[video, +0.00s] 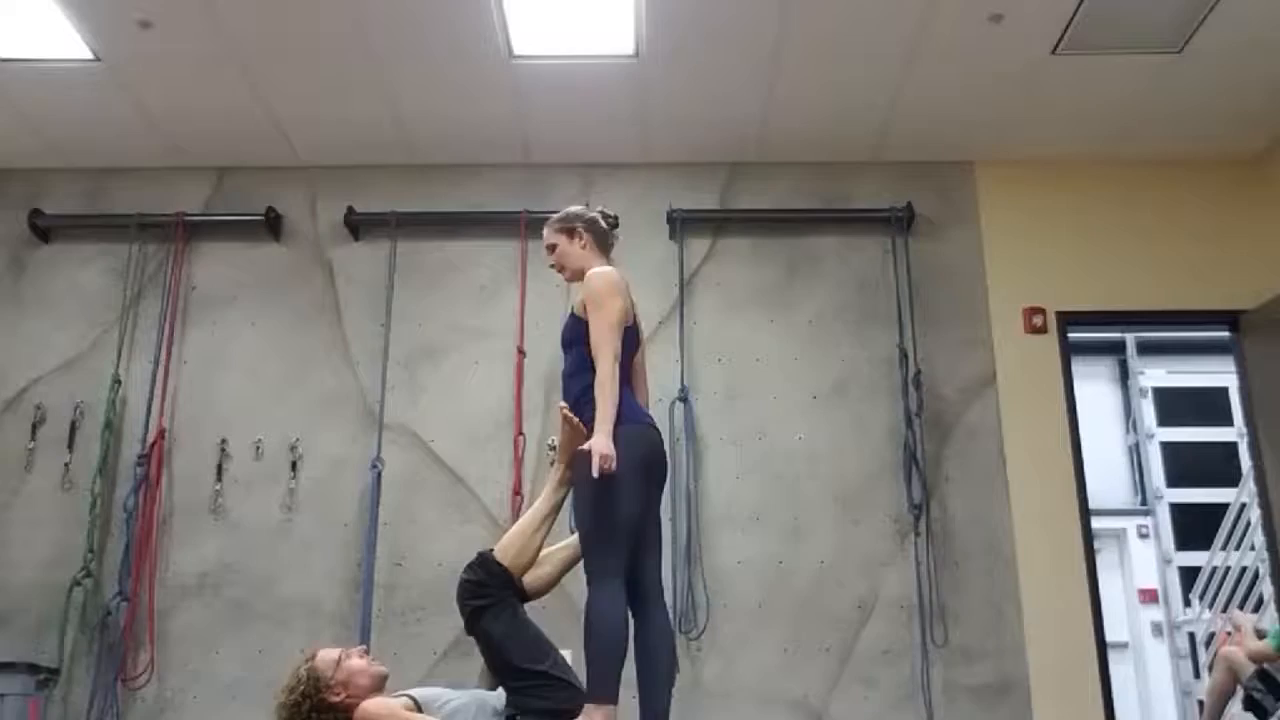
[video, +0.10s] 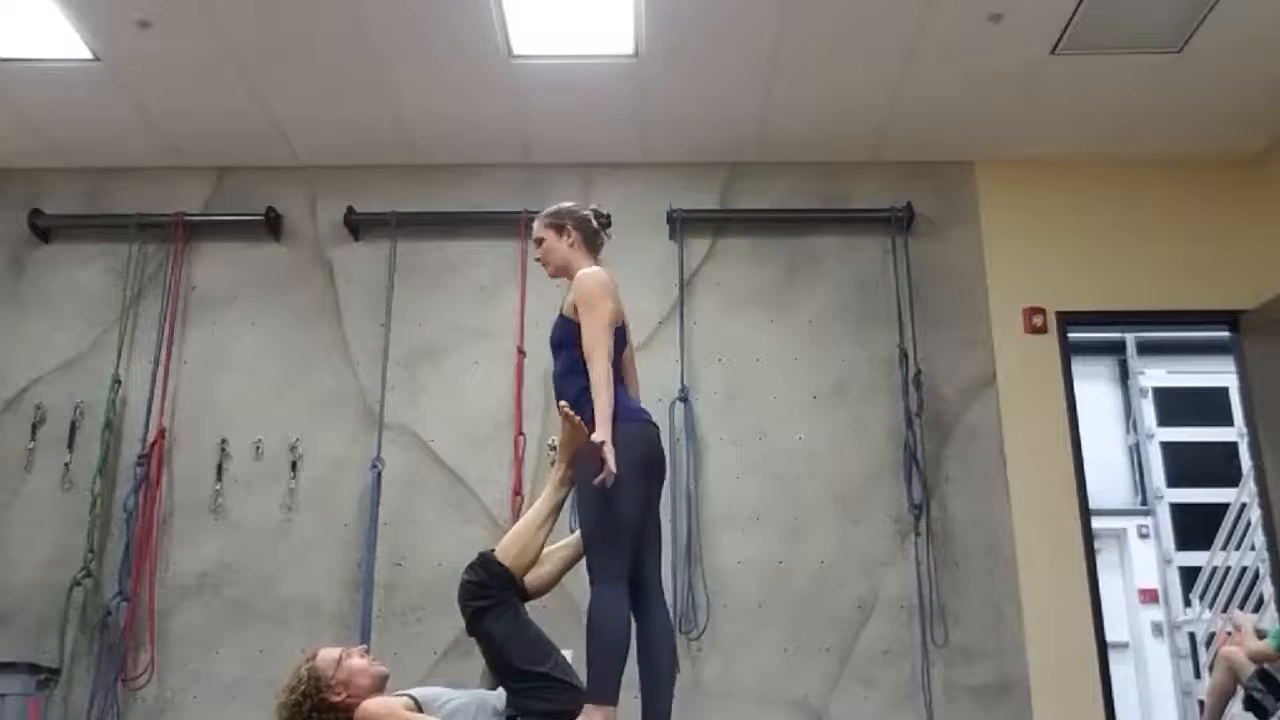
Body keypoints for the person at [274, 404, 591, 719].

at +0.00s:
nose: (359, 648)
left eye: (348, 648)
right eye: (345, 657)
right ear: (339, 695)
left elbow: (484, 699)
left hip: (537, 704)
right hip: (540, 707)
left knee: (494, 595)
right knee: (478, 587)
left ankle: (596, 533)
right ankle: (561, 474)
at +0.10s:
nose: (360, 648)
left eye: (349, 648)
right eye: (346, 657)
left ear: (346, 695)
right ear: (340, 695)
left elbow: (485, 701)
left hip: (537, 705)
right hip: (540, 707)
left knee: (494, 594)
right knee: (480, 586)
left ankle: (597, 529)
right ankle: (562, 472)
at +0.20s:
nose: (357, 652)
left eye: (345, 653)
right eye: (342, 662)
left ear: (343, 698)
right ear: (337, 700)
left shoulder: (388, 705)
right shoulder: (372, 712)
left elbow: (478, 703)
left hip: (538, 705)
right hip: (542, 708)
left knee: (488, 595)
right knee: (472, 592)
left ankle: (588, 532)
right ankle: (552, 476)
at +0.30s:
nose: (356, 653)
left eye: (344, 654)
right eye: (341, 663)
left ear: (341, 699)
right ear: (335, 701)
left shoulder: (384, 705)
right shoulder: (372, 713)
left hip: (548, 706)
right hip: (549, 710)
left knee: (482, 596)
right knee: (471, 596)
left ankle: (577, 533)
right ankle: (547, 477)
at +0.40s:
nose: (350, 655)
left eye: (339, 656)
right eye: (336, 666)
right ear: (333, 703)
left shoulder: (387, 704)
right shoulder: (374, 715)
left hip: (545, 703)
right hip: (541, 707)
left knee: (491, 591)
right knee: (460, 601)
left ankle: (584, 528)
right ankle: (524, 485)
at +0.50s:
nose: (346, 658)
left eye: (333, 659)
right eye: (332, 669)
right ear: (330, 703)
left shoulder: (390, 703)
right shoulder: (380, 714)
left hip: (543, 698)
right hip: (535, 706)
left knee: (489, 584)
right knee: (443, 607)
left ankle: (602, 509)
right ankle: (501, 495)